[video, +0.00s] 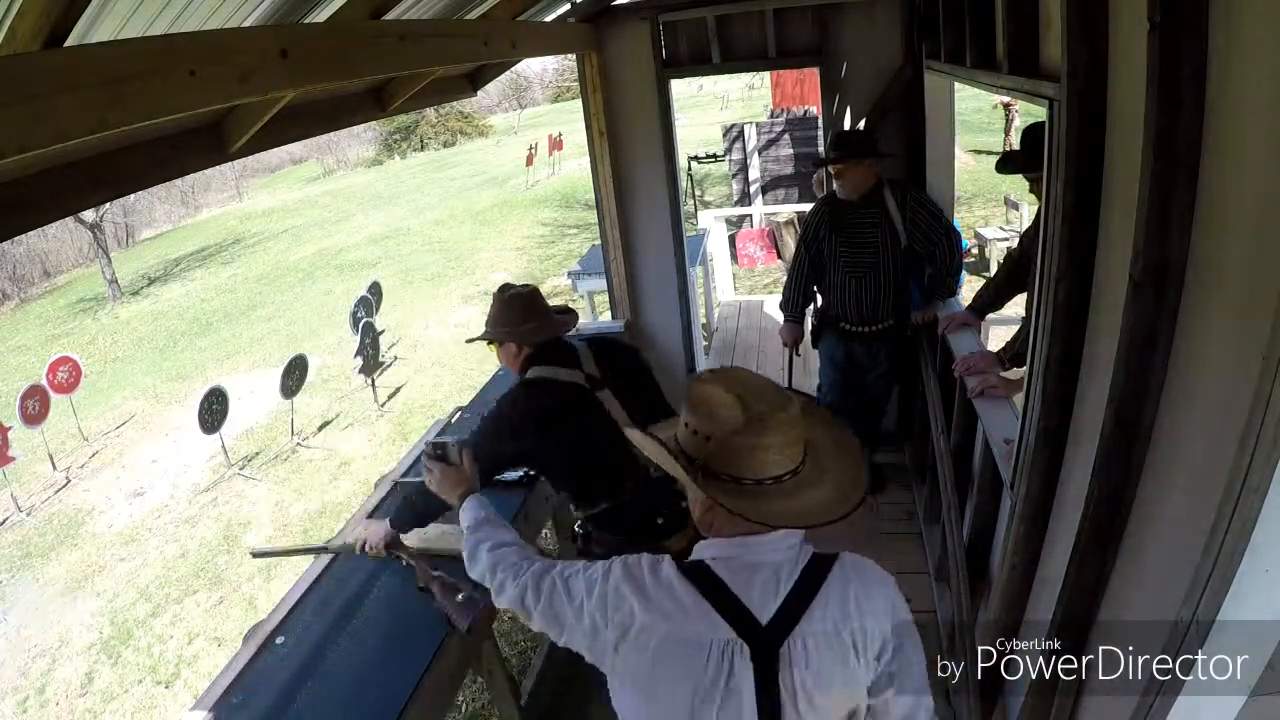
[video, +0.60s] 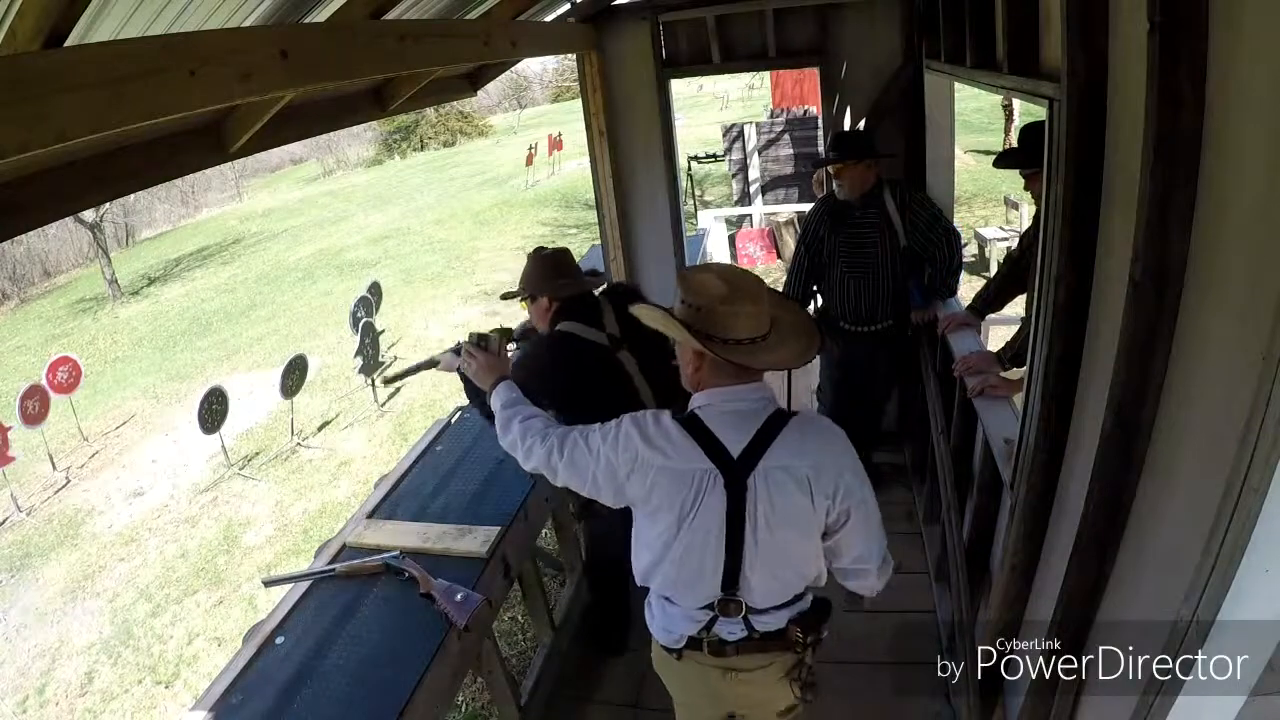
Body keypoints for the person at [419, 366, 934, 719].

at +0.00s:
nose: (678, 492)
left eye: (682, 480)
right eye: (678, 480)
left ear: (700, 496)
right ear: (802, 490)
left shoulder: (631, 597)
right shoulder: (870, 598)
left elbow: (514, 574)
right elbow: (909, 711)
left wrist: (467, 500)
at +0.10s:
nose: (690, 452)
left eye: (692, 440)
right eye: (691, 437)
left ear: (710, 462)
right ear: (803, 449)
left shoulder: (640, 552)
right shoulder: (865, 553)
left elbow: (537, 541)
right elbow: (905, 694)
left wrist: (486, 471)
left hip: (673, 708)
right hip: (813, 710)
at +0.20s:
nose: (687, 417)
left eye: (692, 407)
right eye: (689, 406)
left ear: (712, 424)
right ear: (798, 421)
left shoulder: (649, 520)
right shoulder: (859, 515)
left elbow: (544, 512)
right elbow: (901, 643)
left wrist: (499, 443)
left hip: (694, 708)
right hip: (815, 703)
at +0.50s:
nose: (677, 360)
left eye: (682, 350)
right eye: (678, 349)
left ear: (702, 364)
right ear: (775, 363)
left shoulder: (652, 451)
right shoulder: (835, 451)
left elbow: (548, 457)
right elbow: (876, 578)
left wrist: (498, 394)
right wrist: (814, 535)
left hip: (685, 678)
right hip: (788, 675)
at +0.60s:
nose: (673, 356)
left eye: (677, 345)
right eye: (674, 345)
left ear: (695, 356)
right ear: (765, 354)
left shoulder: (645, 443)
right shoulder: (823, 444)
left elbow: (542, 447)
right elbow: (868, 575)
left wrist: (497, 385)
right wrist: (812, 519)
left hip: (681, 656)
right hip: (778, 652)